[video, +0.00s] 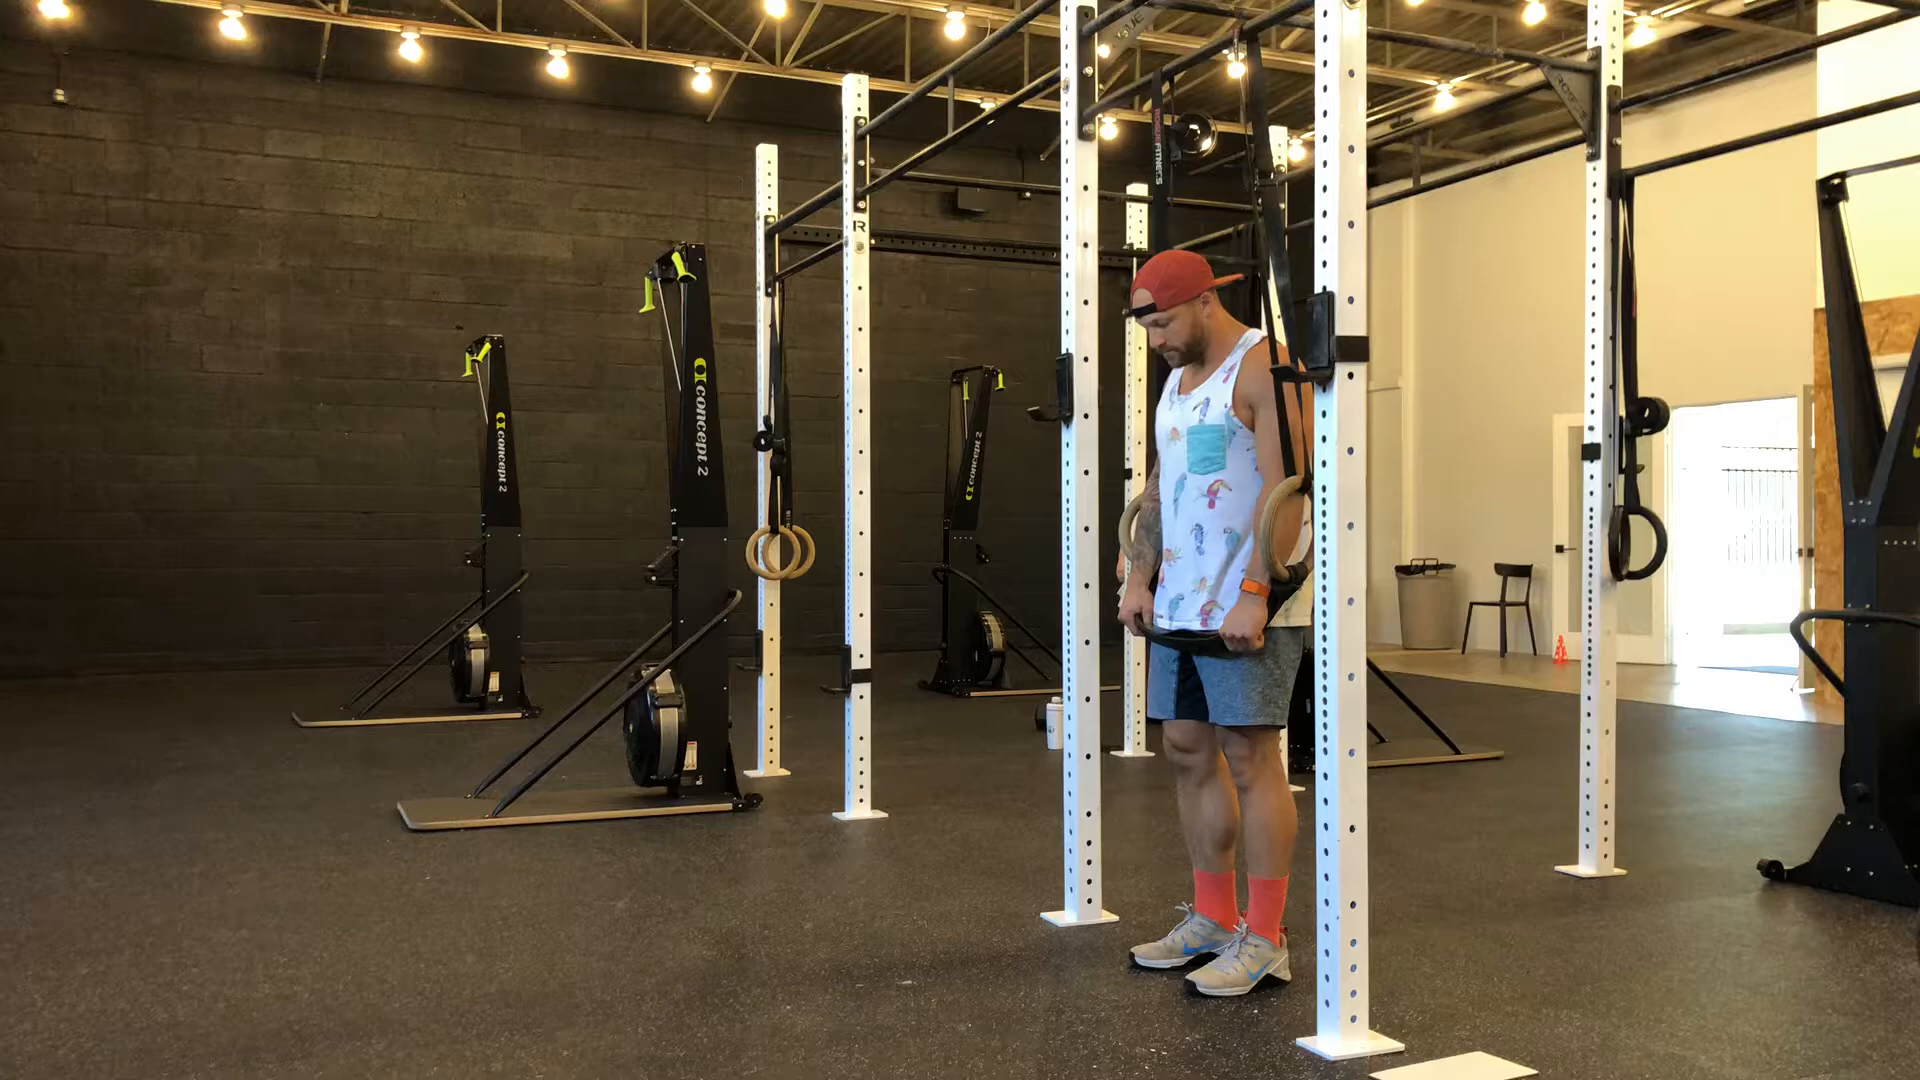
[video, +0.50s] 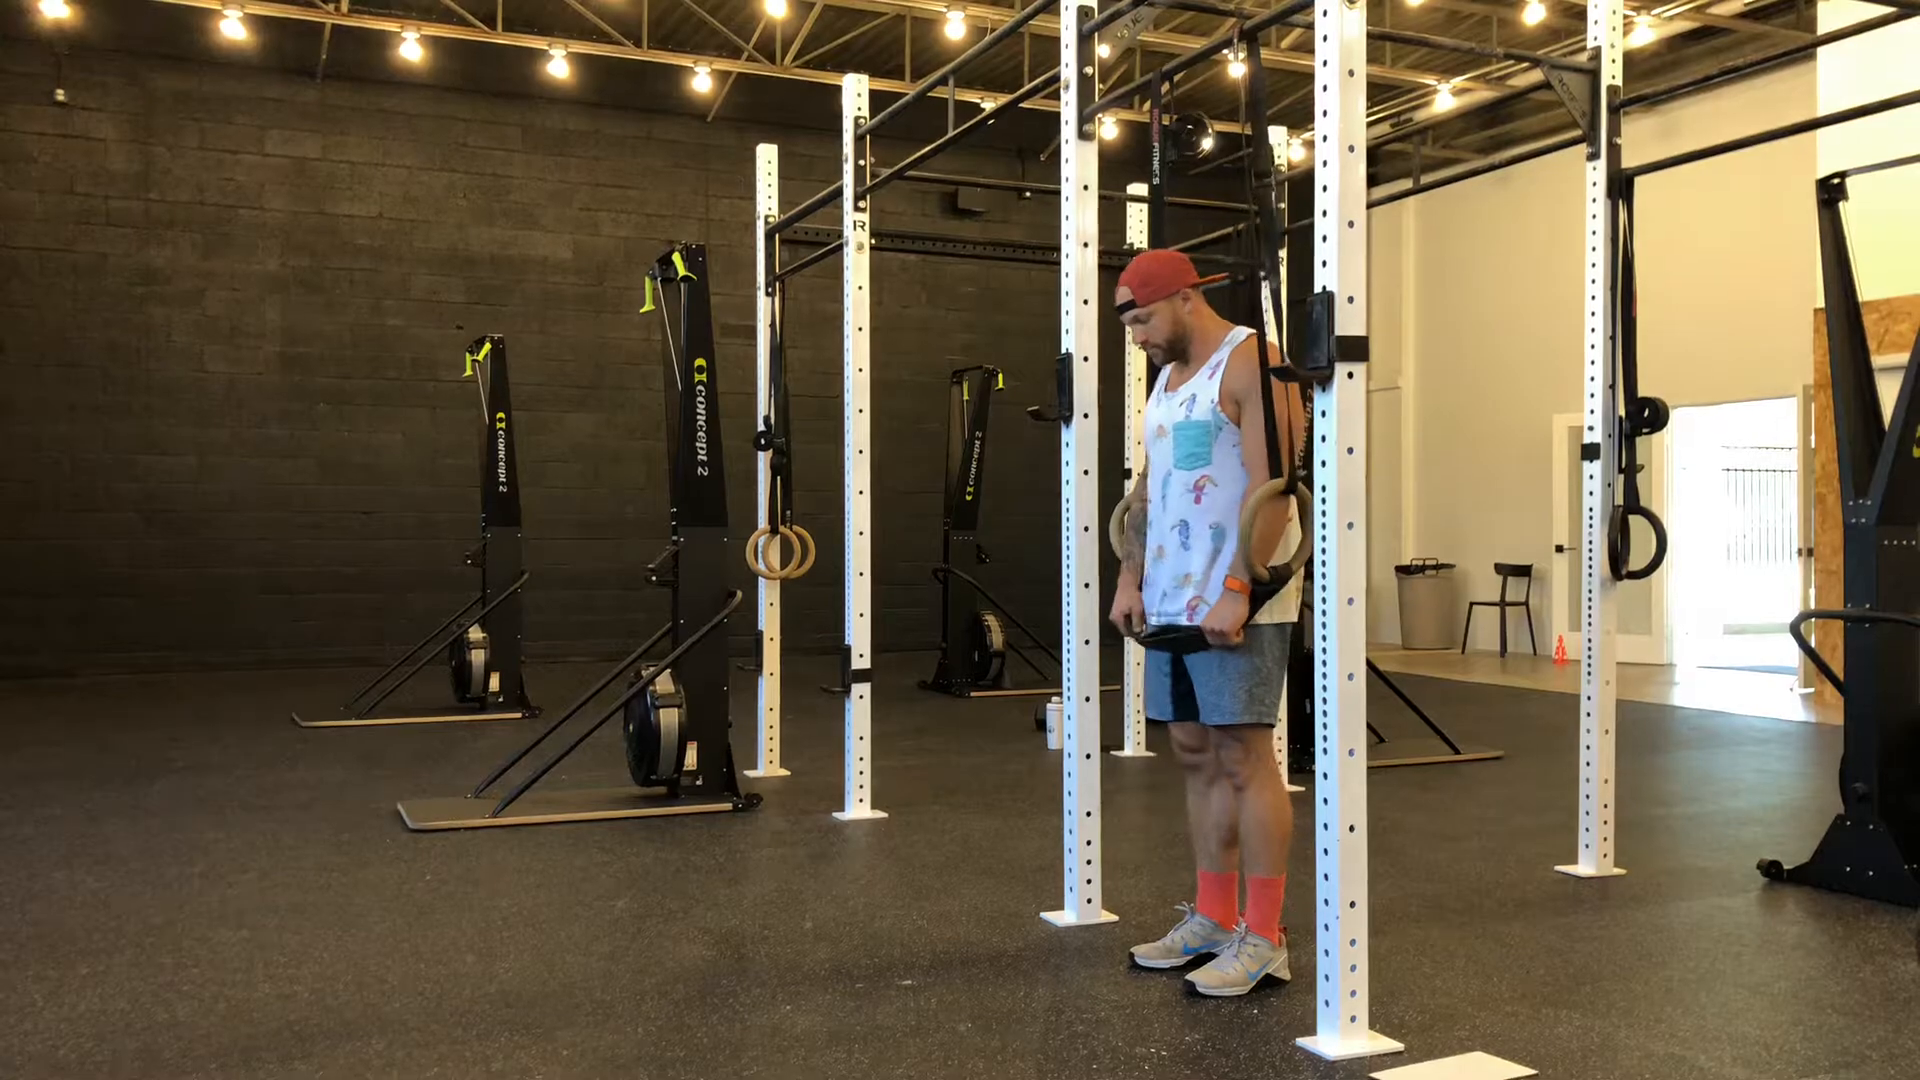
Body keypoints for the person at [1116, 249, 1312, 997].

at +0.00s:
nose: (1150, 334)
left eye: (1157, 317)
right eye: (1144, 321)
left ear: (1204, 301)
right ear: (1165, 317)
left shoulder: (1264, 369)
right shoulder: (1176, 378)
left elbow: (1286, 490)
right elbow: (1161, 490)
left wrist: (1257, 589)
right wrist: (1139, 571)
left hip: (1247, 605)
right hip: (1183, 603)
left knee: (1251, 758)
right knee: (1188, 752)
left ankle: (1266, 939)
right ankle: (1213, 921)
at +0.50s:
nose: (1131, 328)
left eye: (1138, 312)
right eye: (1126, 315)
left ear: (1187, 299)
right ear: (1161, 310)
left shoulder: (1249, 363)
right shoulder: (1166, 380)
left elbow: (1273, 489)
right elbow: (1153, 491)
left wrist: (1240, 586)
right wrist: (1132, 575)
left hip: (1236, 602)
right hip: (1177, 604)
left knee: (1246, 760)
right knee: (1196, 754)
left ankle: (1264, 938)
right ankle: (1213, 919)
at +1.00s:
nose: (1143, 296)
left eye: (1156, 282)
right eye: (1142, 285)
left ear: (1203, 288)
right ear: (1169, 295)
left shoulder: (1251, 364)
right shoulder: (1168, 375)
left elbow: (1267, 489)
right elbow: (1153, 491)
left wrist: (1233, 587)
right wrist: (1127, 571)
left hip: (1230, 604)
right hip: (1168, 605)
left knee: (1243, 762)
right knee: (1192, 759)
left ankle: (1263, 939)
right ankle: (1212, 921)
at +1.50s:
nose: (1128, 301)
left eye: (1141, 288)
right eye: (1126, 289)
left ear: (1185, 292)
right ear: (1145, 299)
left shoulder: (1232, 364)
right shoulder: (1149, 375)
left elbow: (1249, 485)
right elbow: (1130, 481)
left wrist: (1208, 579)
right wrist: (1097, 559)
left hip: (1214, 601)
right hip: (1155, 600)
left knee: (1215, 762)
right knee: (1182, 760)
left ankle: (1261, 937)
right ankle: (1213, 921)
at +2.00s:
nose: (1032, 324)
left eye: (1043, 308)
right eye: (1029, 311)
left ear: (1094, 306)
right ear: (1049, 318)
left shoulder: (1149, 378)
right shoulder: (1065, 387)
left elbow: (1205, 482)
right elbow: (1067, 483)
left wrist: (1138, 550)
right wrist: (1033, 534)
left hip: (1135, 600)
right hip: (1092, 599)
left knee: (1065, 755)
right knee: (1148, 762)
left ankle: (1042, 959)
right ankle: (1214, 916)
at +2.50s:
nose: (893, 313)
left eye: (900, 294)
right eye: (888, 298)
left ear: (947, 280)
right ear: (930, 288)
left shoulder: (1016, 335)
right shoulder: (943, 367)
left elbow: (1111, 418)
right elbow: (983, 474)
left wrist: (1060, 521)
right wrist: (953, 554)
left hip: (1017, 602)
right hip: (955, 598)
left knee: (1017, 768)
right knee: (934, 757)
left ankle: (1036, 962)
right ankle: (929, 947)